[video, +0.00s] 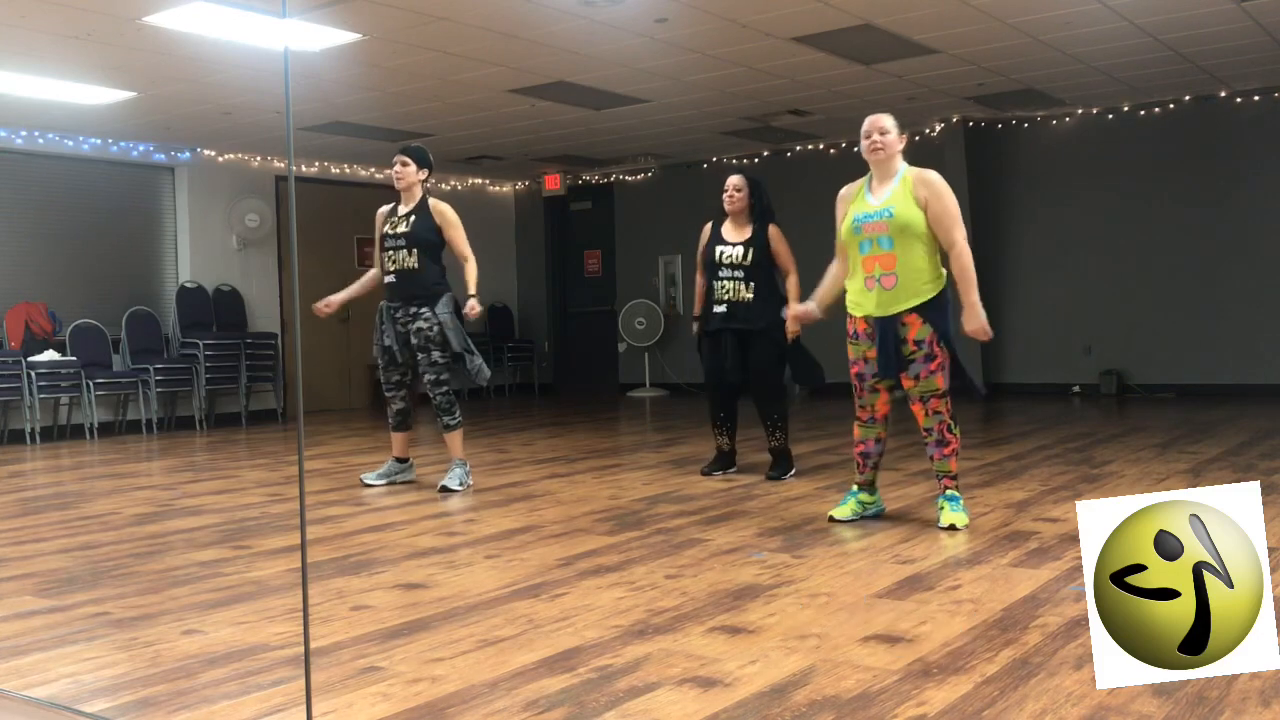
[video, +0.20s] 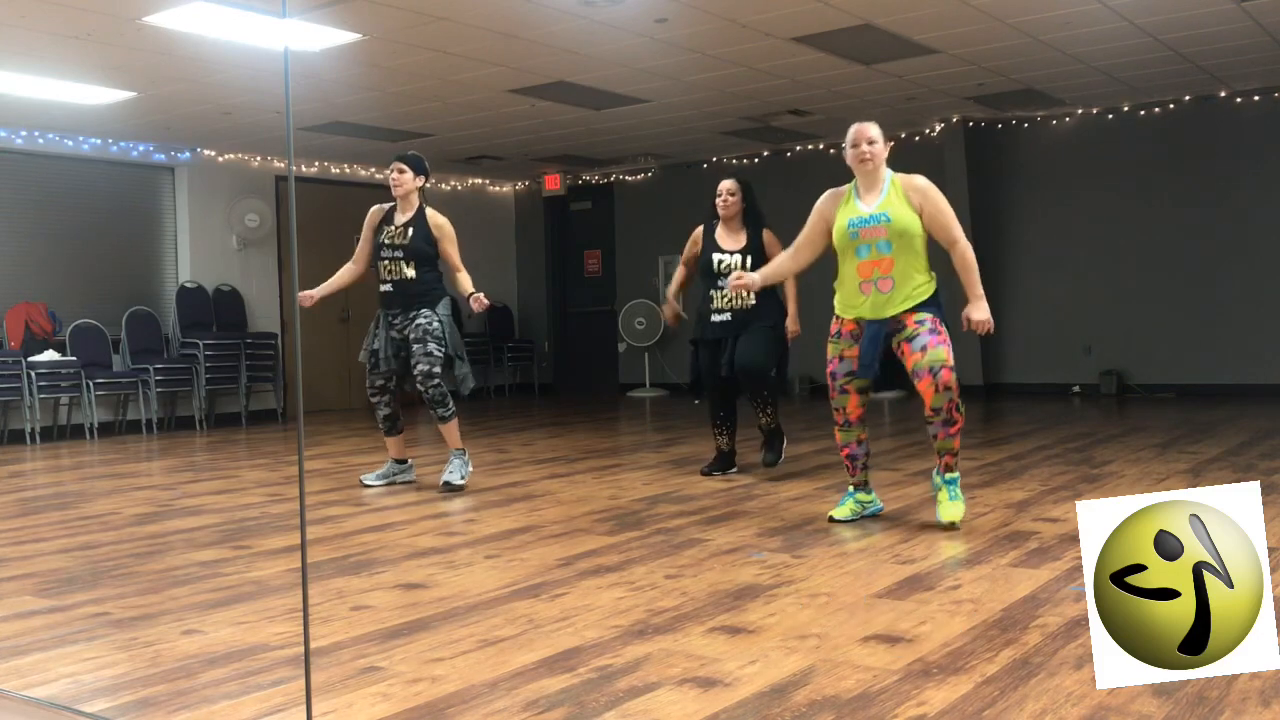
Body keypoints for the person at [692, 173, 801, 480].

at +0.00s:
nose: (729, 194)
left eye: (737, 190)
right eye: (726, 190)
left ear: (752, 196)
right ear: (721, 196)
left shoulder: (768, 231)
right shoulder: (710, 230)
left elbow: (790, 271)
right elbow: (701, 274)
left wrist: (793, 314)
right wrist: (697, 316)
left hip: (762, 328)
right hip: (720, 329)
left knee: (767, 390)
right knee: (720, 391)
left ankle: (781, 457)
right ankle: (725, 454)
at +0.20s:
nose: (723, 199)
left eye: (730, 194)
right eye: (719, 195)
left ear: (744, 200)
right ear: (714, 201)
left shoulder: (762, 237)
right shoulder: (702, 235)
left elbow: (787, 274)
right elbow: (685, 267)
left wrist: (792, 314)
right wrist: (671, 297)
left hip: (758, 327)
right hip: (716, 329)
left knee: (751, 372)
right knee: (718, 392)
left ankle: (772, 435)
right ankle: (725, 454)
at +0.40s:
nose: (727, 200)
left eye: (734, 195)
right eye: (723, 195)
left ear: (748, 199)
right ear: (718, 200)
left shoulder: (767, 234)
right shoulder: (711, 234)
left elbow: (788, 274)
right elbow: (685, 264)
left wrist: (789, 311)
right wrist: (671, 231)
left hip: (758, 331)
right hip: (719, 330)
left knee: (763, 393)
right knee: (724, 392)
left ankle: (777, 458)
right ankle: (725, 456)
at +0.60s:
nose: (736, 199)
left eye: (743, 194)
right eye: (732, 194)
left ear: (758, 198)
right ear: (728, 200)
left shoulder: (775, 230)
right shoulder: (723, 234)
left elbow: (791, 272)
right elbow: (700, 266)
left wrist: (761, 282)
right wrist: (685, 232)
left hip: (771, 325)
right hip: (733, 326)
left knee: (771, 387)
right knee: (705, 376)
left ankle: (779, 458)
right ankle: (718, 445)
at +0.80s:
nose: (743, 196)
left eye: (750, 191)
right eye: (740, 192)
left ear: (766, 196)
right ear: (736, 197)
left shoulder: (782, 227)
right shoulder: (732, 230)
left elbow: (794, 268)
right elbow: (708, 265)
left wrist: (765, 259)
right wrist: (692, 232)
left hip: (776, 324)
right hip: (735, 323)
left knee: (774, 389)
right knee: (712, 377)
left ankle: (780, 459)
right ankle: (725, 446)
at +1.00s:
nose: (744, 193)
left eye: (751, 189)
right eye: (740, 189)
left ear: (766, 194)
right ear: (736, 195)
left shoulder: (782, 224)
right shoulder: (733, 229)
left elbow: (800, 260)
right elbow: (706, 262)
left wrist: (781, 241)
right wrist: (693, 227)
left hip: (775, 325)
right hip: (735, 326)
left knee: (775, 389)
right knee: (731, 388)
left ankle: (779, 459)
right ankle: (731, 455)